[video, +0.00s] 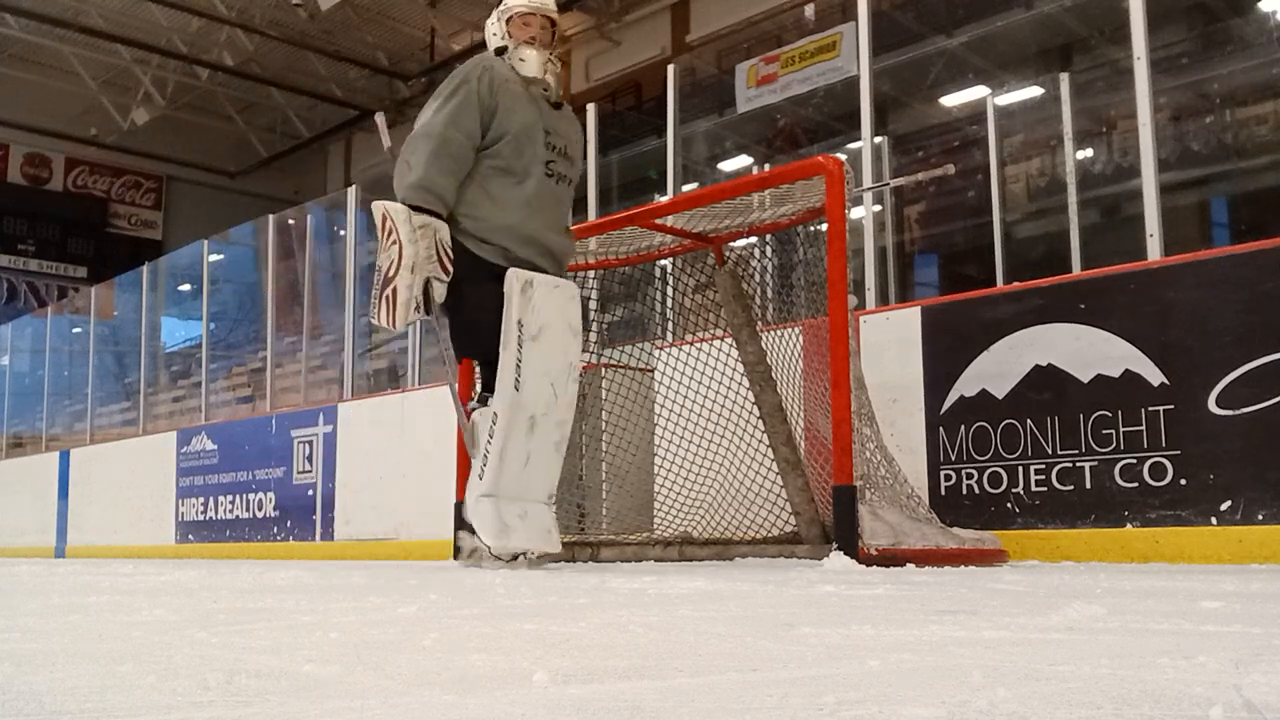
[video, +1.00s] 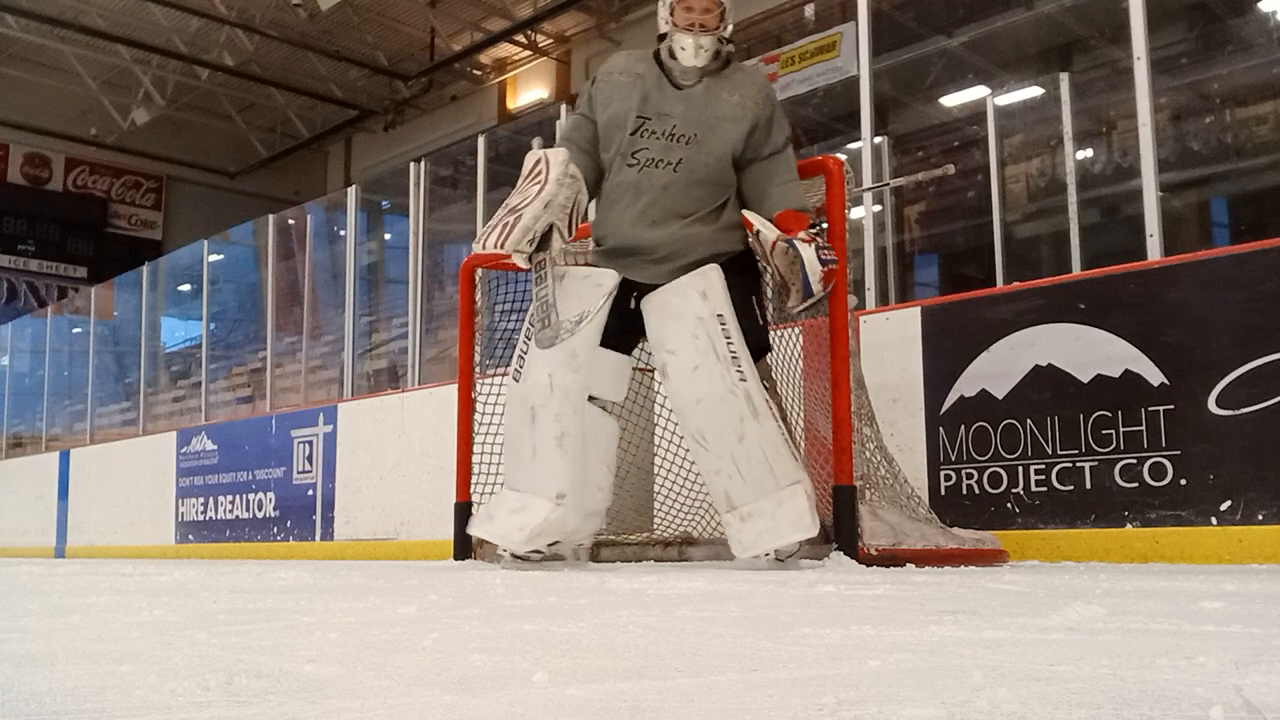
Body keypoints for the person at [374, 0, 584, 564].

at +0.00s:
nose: (533, 29)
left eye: (542, 22)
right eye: (522, 19)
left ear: (553, 34)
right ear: (503, 28)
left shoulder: (565, 113)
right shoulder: (483, 73)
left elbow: (562, 190)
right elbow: (438, 139)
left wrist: (553, 246)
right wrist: (422, 218)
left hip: (545, 268)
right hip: (482, 255)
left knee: (542, 396)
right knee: (501, 390)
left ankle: (519, 527)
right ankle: (480, 524)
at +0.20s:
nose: (545, 25)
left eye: (555, 16)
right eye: (532, 14)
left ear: (568, 27)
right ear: (511, 23)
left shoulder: (588, 112)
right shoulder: (491, 73)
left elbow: (573, 202)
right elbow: (446, 148)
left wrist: (596, 257)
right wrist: (433, 234)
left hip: (568, 270)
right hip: (498, 259)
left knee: (592, 394)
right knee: (518, 394)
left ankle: (583, 523)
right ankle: (513, 529)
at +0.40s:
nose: (559, 13)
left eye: (570, 5)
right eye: (547, 5)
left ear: (587, 16)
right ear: (528, 15)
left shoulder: (619, 101)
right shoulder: (504, 76)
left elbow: (612, 209)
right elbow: (463, 164)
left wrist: (649, 255)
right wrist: (457, 243)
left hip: (605, 273)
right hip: (521, 263)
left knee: (646, 388)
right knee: (551, 390)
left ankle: (637, 526)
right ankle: (529, 534)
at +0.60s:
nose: (598, 18)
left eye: (609, 9)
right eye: (586, 9)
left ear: (626, 18)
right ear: (567, 19)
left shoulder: (662, 96)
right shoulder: (533, 80)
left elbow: (678, 180)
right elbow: (495, 160)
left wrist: (711, 234)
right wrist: (483, 227)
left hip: (640, 271)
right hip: (551, 266)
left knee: (676, 392)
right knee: (558, 395)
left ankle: (675, 532)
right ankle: (530, 536)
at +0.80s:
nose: (654, 19)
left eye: (666, 10)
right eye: (641, 9)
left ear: (682, 20)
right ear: (621, 17)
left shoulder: (715, 95)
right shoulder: (581, 78)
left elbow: (730, 179)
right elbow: (541, 155)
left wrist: (757, 237)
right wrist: (519, 215)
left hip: (680, 270)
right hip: (583, 265)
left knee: (723, 387)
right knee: (558, 395)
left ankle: (742, 529)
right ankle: (526, 535)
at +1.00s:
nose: (694, 21)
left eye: (706, 12)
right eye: (683, 11)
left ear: (724, 22)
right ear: (666, 17)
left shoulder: (749, 92)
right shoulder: (617, 77)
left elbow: (775, 185)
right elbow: (577, 156)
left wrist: (793, 244)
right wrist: (543, 208)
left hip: (708, 267)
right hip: (614, 267)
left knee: (734, 395)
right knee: (565, 391)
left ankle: (779, 533)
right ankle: (549, 533)